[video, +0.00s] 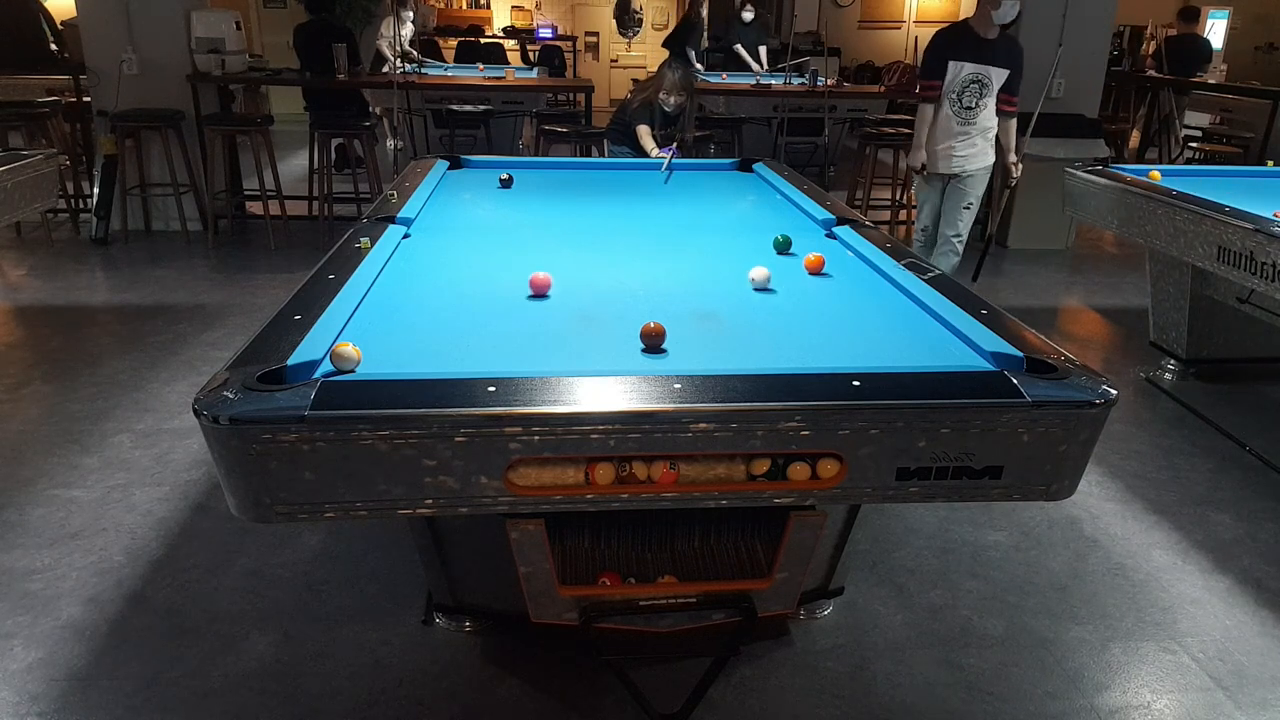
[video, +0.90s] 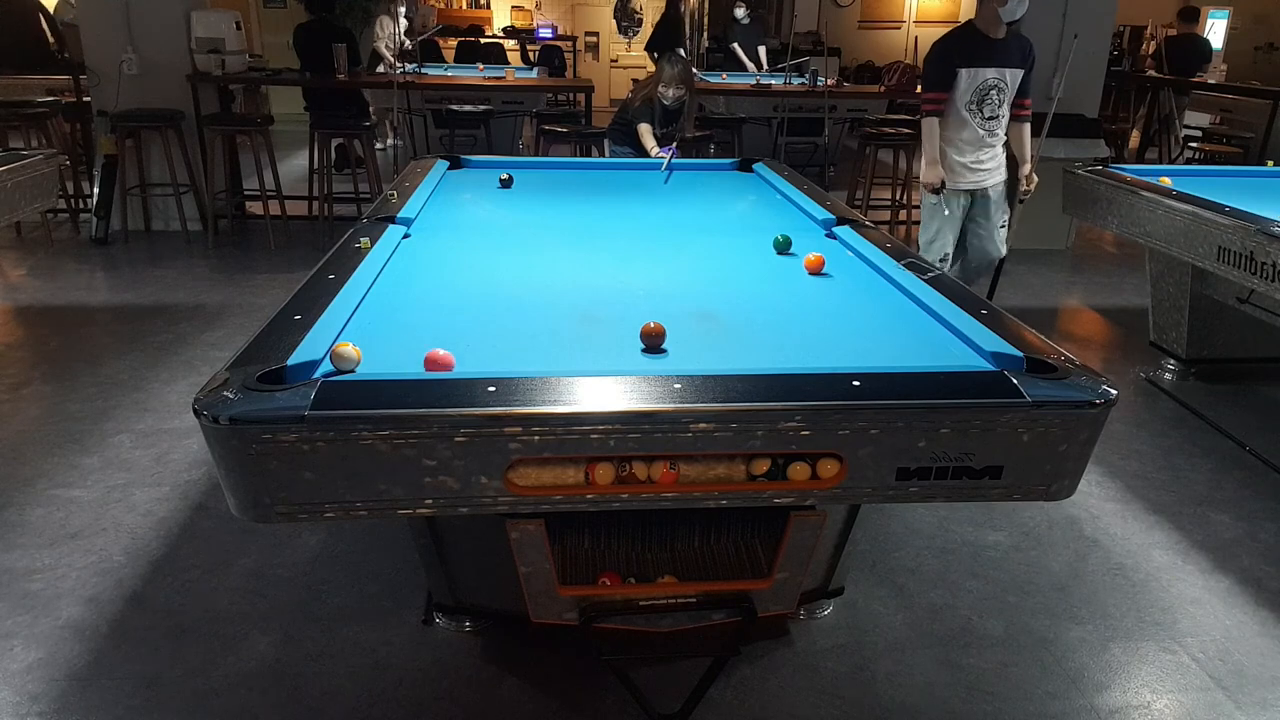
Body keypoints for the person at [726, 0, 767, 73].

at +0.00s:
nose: (747, 15)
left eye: (750, 12)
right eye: (745, 11)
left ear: (754, 14)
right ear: (740, 12)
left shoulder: (758, 26)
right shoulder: (734, 25)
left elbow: (762, 46)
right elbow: (736, 46)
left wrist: (765, 65)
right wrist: (753, 64)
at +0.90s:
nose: (737, 11)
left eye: (740, 8)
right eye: (735, 8)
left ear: (748, 11)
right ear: (733, 10)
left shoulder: (756, 25)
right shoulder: (730, 25)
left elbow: (761, 46)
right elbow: (734, 46)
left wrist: (765, 66)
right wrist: (748, 64)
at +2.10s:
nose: (733, 10)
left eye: (736, 6)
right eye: (731, 7)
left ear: (744, 9)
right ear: (729, 8)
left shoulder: (753, 25)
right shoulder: (726, 25)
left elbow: (759, 47)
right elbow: (721, 45)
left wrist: (765, 66)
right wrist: (716, 64)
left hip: (750, 71)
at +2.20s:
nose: (733, 10)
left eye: (736, 7)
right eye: (731, 7)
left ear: (744, 9)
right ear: (729, 9)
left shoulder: (752, 25)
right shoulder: (726, 25)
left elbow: (759, 47)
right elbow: (719, 44)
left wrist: (765, 66)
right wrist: (715, 64)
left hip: (750, 72)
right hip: (730, 71)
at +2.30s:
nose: (735, 8)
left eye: (738, 6)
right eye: (733, 6)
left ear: (744, 9)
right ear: (729, 9)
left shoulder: (753, 25)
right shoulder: (726, 24)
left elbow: (759, 47)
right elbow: (720, 44)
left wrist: (765, 66)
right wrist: (715, 63)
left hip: (750, 71)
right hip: (729, 70)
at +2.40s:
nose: (734, 9)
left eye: (737, 6)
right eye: (732, 6)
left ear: (744, 9)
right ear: (729, 9)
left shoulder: (752, 26)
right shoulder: (727, 25)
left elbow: (759, 47)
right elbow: (720, 44)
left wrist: (765, 67)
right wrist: (715, 61)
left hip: (749, 71)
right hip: (729, 70)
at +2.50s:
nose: (734, 10)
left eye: (737, 6)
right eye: (732, 7)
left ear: (744, 9)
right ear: (730, 9)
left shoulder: (753, 25)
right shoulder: (728, 25)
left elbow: (759, 46)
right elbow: (723, 44)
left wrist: (764, 66)